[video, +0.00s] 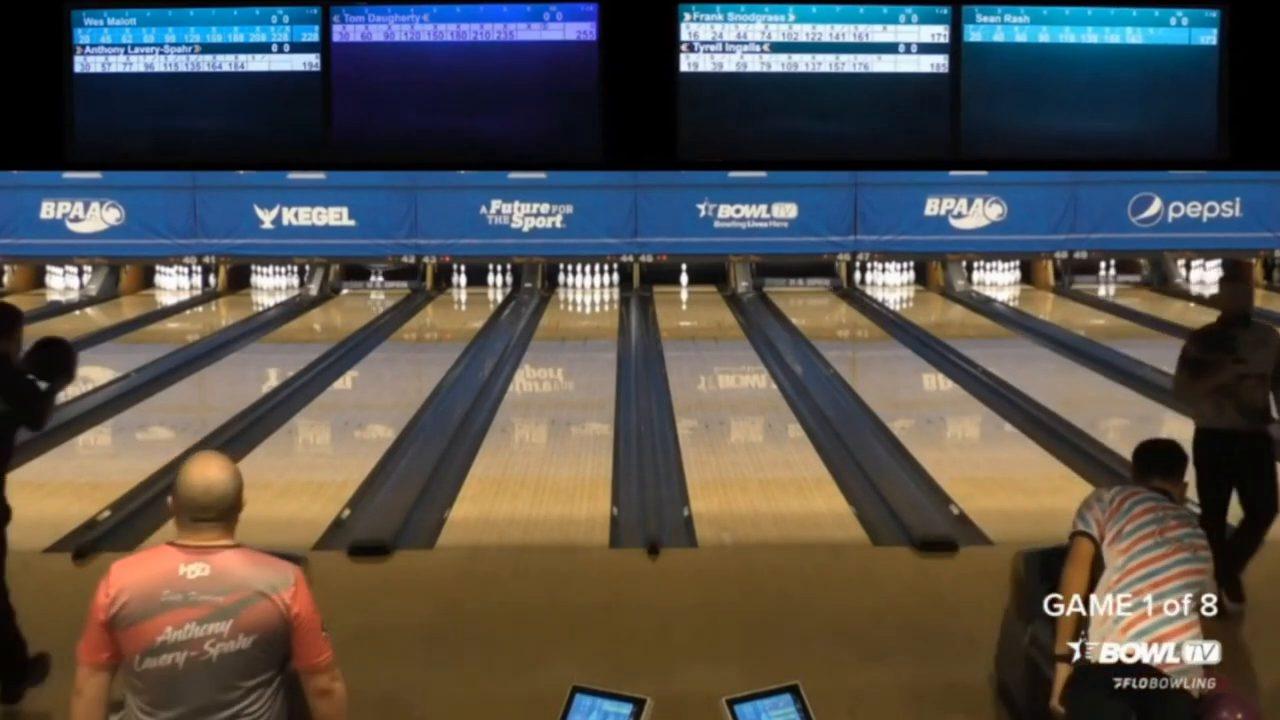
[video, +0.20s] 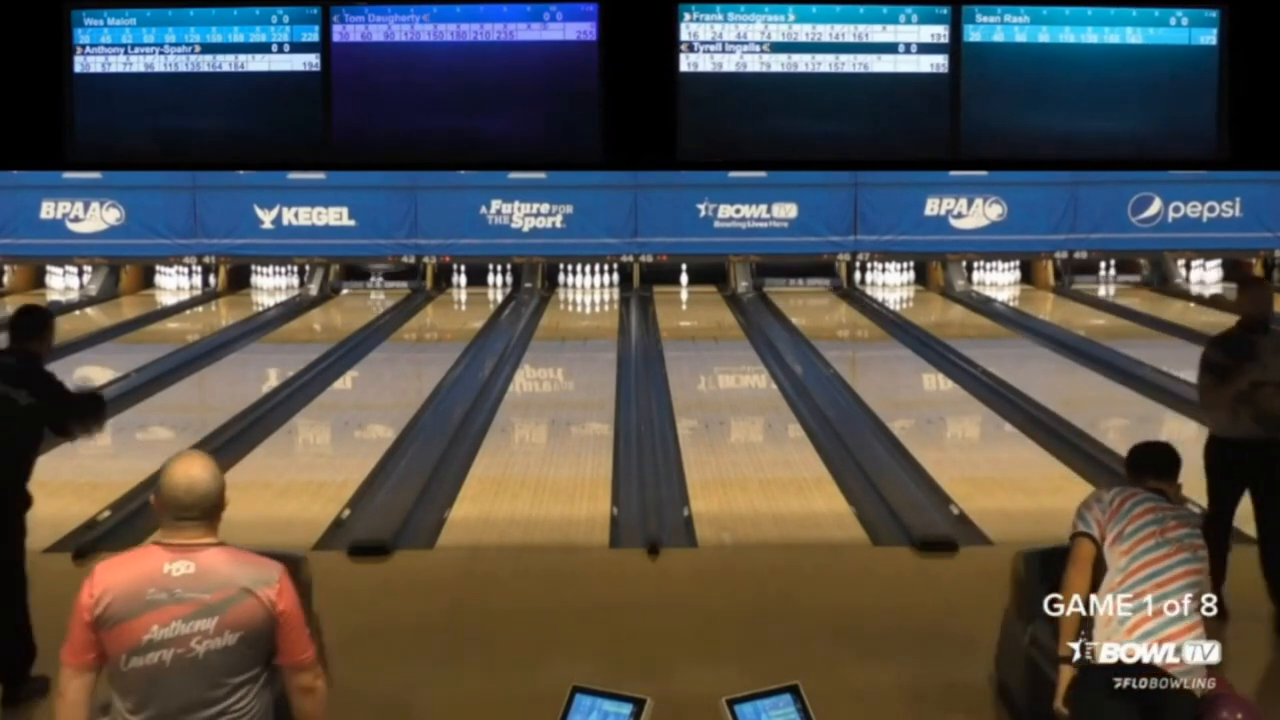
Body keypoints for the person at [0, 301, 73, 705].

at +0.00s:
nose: (18, 343)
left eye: (17, 336)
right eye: (16, 335)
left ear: (8, 339)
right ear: (10, 338)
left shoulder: (11, 376)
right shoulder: (10, 378)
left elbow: (32, 415)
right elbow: (36, 417)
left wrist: (31, 377)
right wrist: (51, 385)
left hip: (1, 502)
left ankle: (13, 664)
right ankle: (12, 667)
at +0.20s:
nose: (51, 343)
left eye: (50, 336)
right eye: (49, 336)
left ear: (12, 334)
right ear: (41, 338)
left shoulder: (9, 371)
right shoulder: (32, 378)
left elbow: (59, 411)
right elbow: (69, 416)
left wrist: (86, 402)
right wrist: (98, 400)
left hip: (9, 502)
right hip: (9, 504)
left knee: (12, 589)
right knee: (11, 590)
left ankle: (14, 676)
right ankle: (14, 680)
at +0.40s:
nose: (83, 341)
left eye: (79, 333)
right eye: (83, 335)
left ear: (48, 328)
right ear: (80, 335)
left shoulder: (12, 356)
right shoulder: (80, 386)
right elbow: (77, 456)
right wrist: (81, 509)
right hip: (19, 495)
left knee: (11, 581)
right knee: (14, 581)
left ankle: (11, 672)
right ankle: (13, 676)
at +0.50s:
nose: (89, 343)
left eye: (86, 335)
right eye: (90, 336)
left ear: (55, 329)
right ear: (86, 336)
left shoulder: (16, 355)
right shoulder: (84, 385)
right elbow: (78, 457)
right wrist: (80, 513)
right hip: (21, 496)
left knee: (13, 582)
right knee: (16, 583)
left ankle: (11, 674)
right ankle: (12, 677)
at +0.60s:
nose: (104, 345)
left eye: (102, 338)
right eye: (104, 339)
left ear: (71, 330)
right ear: (100, 337)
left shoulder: (31, 352)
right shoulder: (93, 378)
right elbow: (79, 444)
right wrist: (72, 503)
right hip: (27, 484)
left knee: (18, 568)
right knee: (23, 570)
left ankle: (16, 652)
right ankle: (15, 655)